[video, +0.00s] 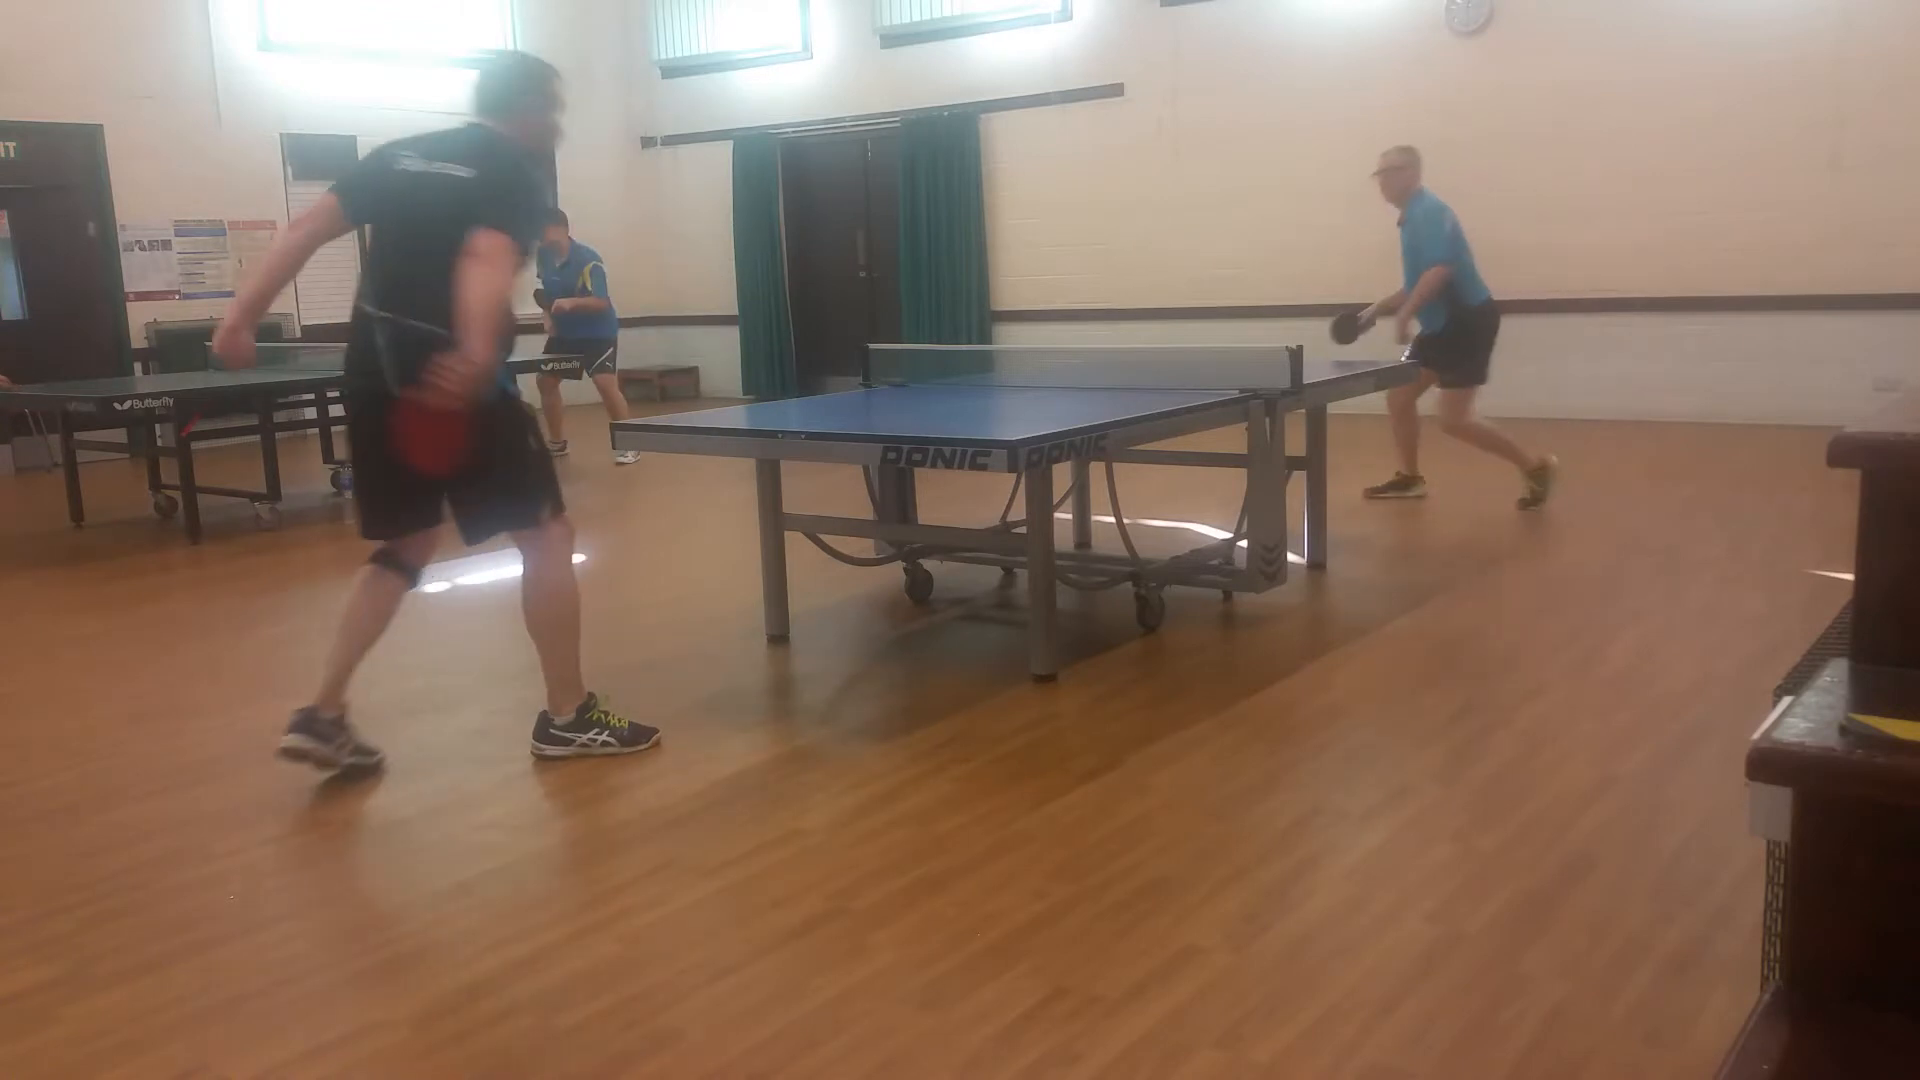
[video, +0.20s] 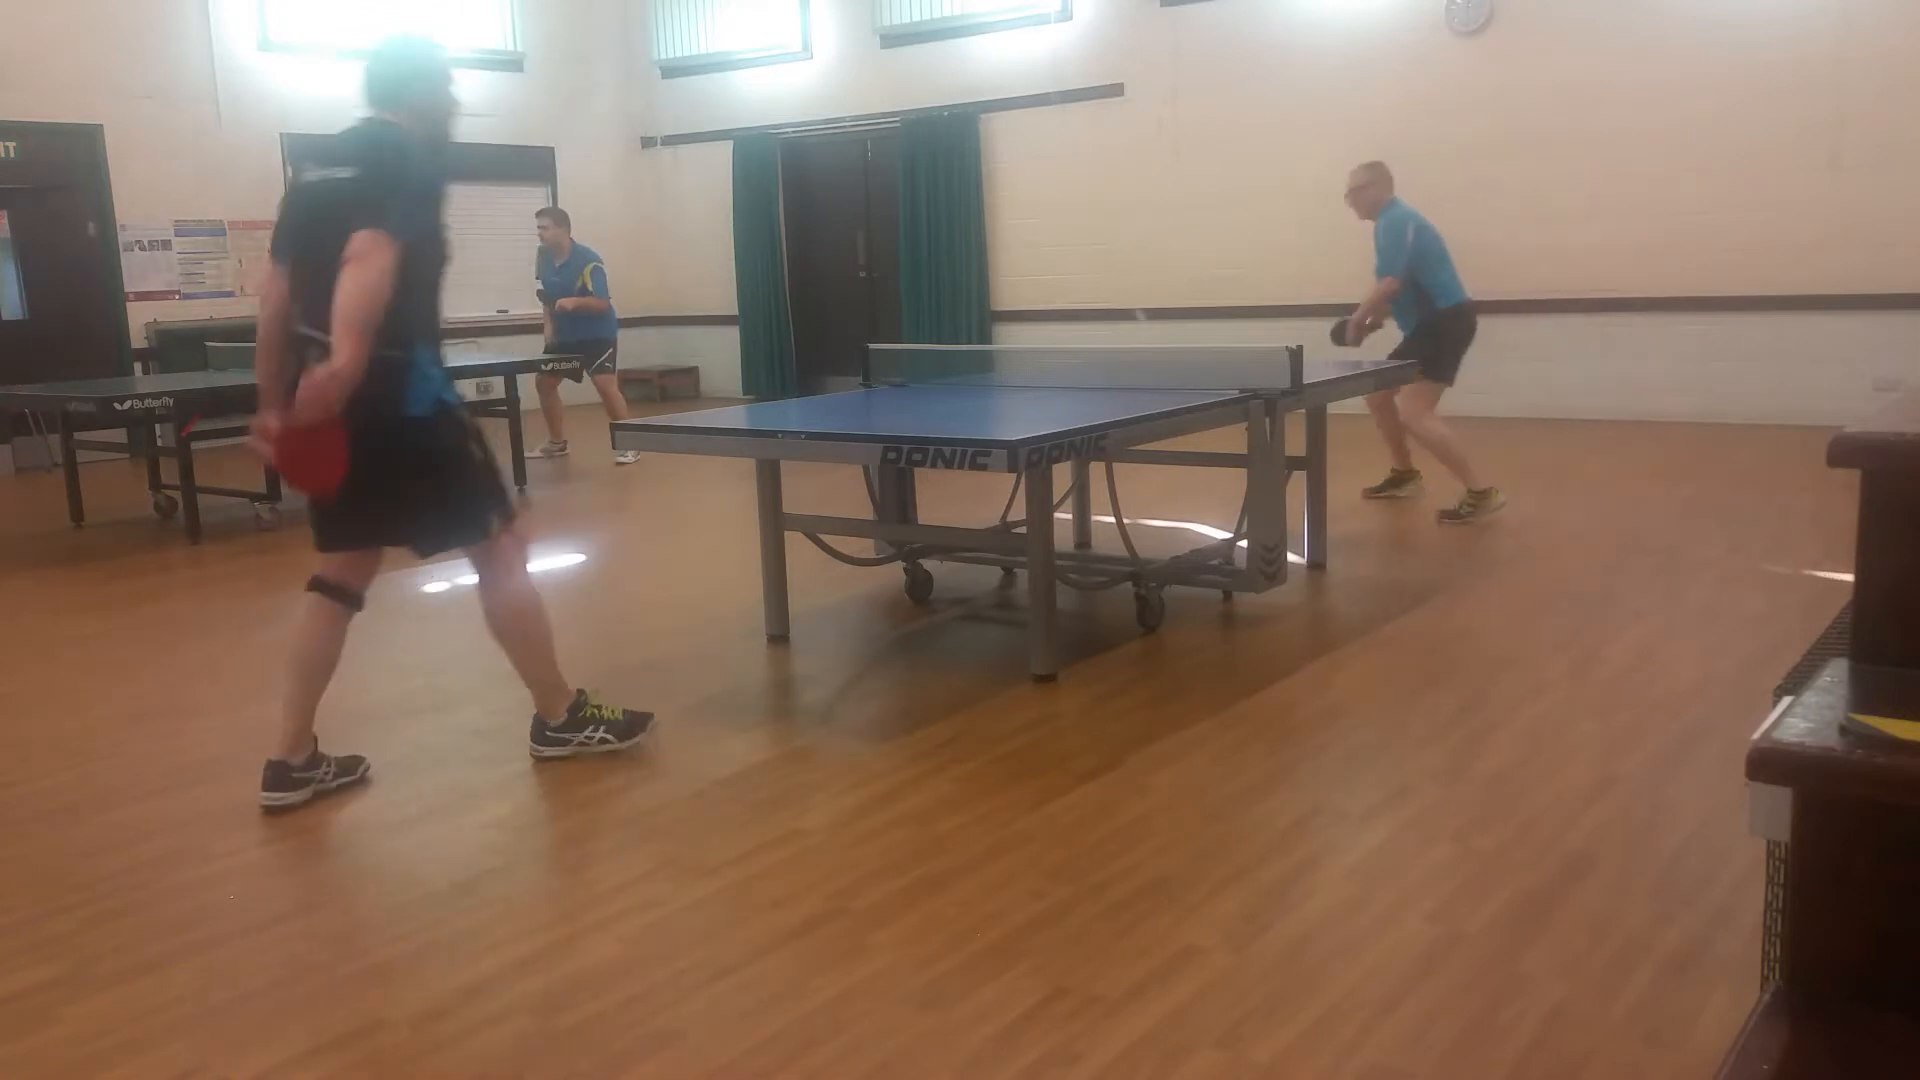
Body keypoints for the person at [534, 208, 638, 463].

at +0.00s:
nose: (548, 241)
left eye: (552, 234)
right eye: (544, 236)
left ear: (566, 231)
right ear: (540, 236)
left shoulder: (588, 258)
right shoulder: (544, 256)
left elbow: (601, 301)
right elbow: (547, 291)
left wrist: (571, 303)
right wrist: (546, 314)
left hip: (598, 333)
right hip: (564, 333)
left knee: (604, 381)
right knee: (546, 381)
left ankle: (628, 445)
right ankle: (556, 442)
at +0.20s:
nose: (539, 233)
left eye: (544, 228)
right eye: (538, 228)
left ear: (564, 230)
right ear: (541, 231)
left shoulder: (588, 259)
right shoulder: (544, 255)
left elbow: (603, 303)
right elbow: (546, 298)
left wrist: (575, 302)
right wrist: (548, 327)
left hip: (598, 334)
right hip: (565, 335)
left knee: (605, 384)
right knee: (545, 383)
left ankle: (629, 444)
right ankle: (557, 442)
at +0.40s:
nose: (540, 228)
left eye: (544, 223)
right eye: (538, 224)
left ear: (564, 225)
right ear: (541, 226)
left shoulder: (588, 254)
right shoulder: (544, 251)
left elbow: (602, 296)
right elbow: (548, 287)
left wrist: (573, 299)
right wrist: (548, 311)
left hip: (597, 331)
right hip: (564, 331)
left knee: (604, 381)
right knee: (549, 381)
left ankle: (629, 445)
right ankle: (557, 442)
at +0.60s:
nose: (539, 232)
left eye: (544, 227)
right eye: (538, 228)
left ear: (563, 228)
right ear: (540, 230)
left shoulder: (587, 257)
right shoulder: (543, 253)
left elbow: (602, 299)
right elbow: (550, 293)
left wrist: (571, 301)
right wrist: (546, 319)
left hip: (598, 332)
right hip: (566, 332)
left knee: (603, 381)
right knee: (546, 382)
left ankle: (628, 444)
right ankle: (557, 442)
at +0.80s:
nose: (538, 230)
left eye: (543, 224)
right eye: (536, 225)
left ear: (561, 224)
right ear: (538, 227)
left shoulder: (587, 252)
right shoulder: (541, 250)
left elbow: (601, 294)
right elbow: (542, 285)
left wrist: (572, 298)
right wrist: (545, 310)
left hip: (598, 330)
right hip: (564, 331)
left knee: (605, 381)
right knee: (550, 382)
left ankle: (628, 444)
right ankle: (557, 442)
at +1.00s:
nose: (537, 230)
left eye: (542, 225)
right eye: (535, 226)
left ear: (561, 225)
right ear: (538, 228)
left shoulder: (587, 253)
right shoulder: (541, 253)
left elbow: (603, 295)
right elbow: (548, 291)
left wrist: (574, 300)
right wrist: (533, 305)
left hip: (599, 330)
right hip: (565, 330)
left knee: (606, 382)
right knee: (550, 383)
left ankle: (629, 444)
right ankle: (557, 442)